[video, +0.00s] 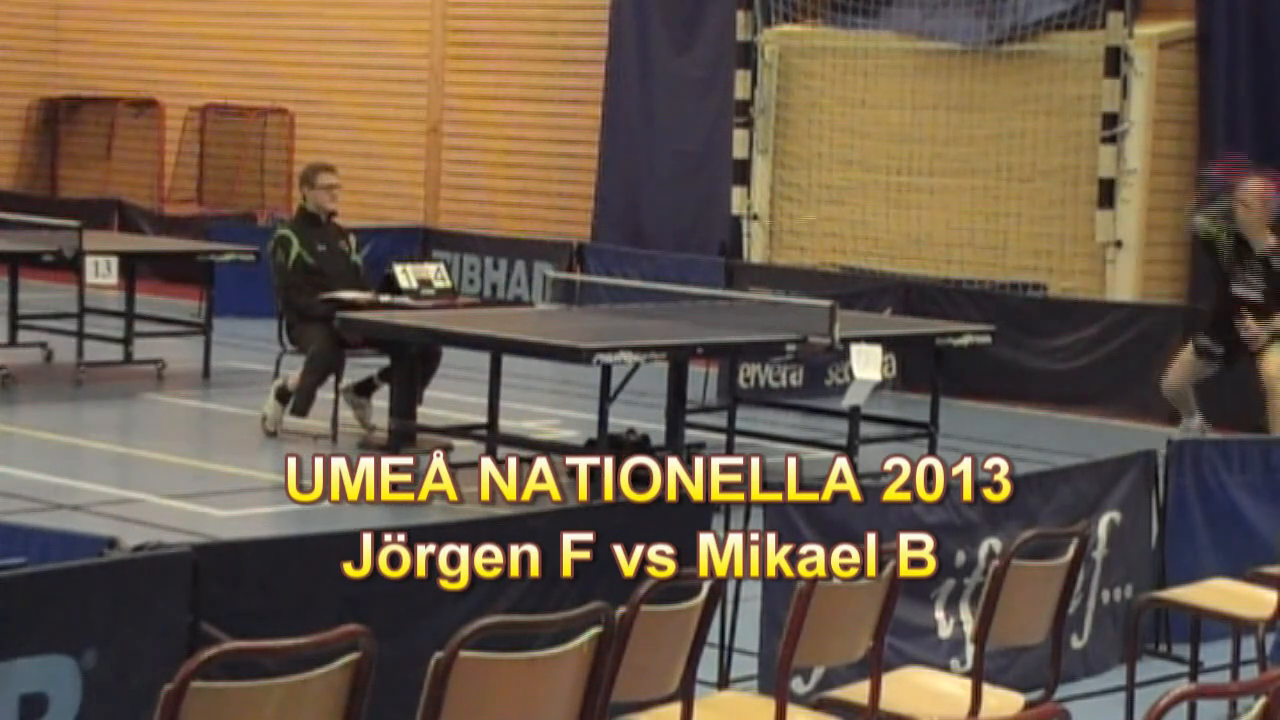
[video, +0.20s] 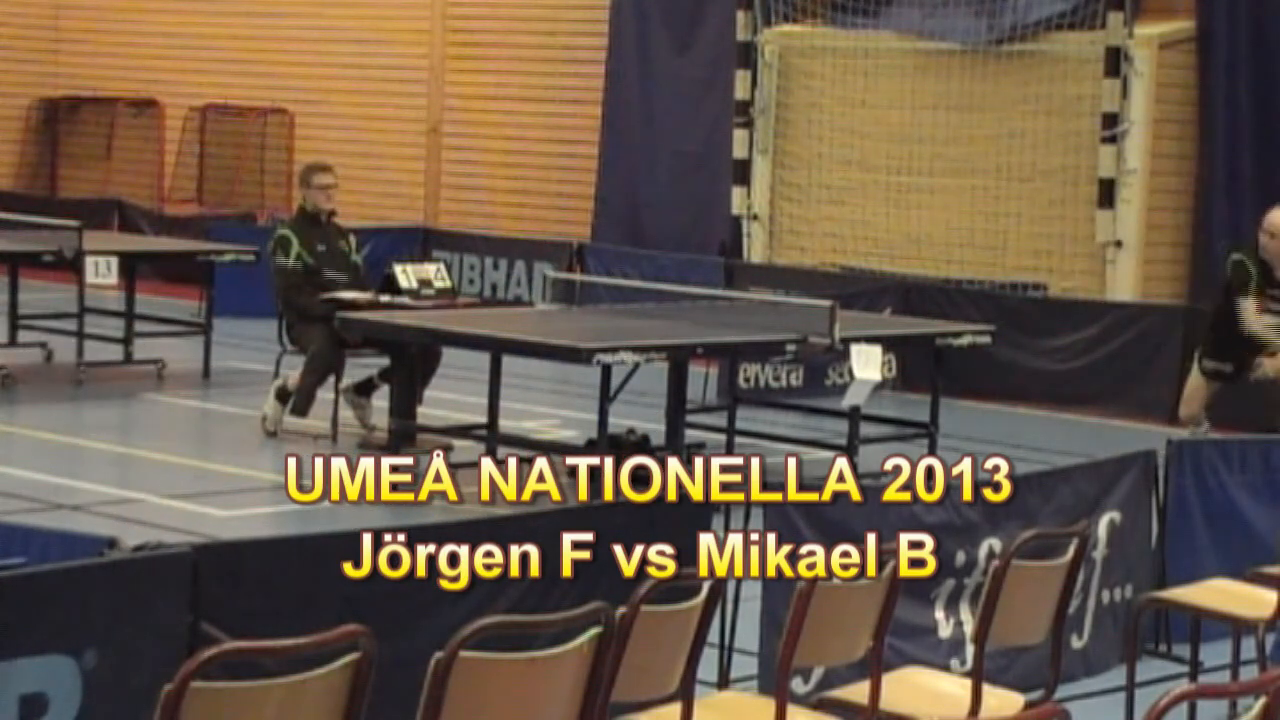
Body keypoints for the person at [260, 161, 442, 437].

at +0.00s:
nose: (335, 194)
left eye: (337, 188)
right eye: (327, 188)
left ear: (340, 191)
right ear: (306, 192)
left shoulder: (343, 235)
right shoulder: (289, 237)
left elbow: (357, 282)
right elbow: (293, 297)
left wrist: (369, 301)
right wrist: (340, 307)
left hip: (352, 318)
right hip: (310, 319)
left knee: (425, 351)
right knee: (328, 353)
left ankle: (362, 391)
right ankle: (284, 392)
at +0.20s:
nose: (330, 193)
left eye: (333, 187)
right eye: (322, 188)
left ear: (337, 190)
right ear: (304, 192)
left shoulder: (344, 236)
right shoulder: (289, 235)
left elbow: (359, 282)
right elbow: (293, 295)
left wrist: (367, 301)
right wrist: (339, 305)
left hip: (352, 318)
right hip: (311, 319)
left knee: (425, 351)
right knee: (328, 353)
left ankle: (362, 390)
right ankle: (284, 393)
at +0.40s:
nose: (313, 192)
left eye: (320, 187)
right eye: (307, 186)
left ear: (330, 191)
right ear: (298, 190)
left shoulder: (343, 235)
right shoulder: (287, 236)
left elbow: (358, 281)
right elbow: (291, 295)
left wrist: (367, 302)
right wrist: (336, 309)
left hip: (351, 318)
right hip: (309, 319)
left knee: (425, 351)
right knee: (328, 353)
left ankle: (362, 391)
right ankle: (285, 392)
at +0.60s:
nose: (311, 193)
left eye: (318, 187)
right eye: (306, 187)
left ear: (330, 191)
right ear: (298, 190)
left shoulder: (343, 235)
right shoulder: (287, 236)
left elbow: (359, 281)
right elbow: (291, 294)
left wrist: (367, 302)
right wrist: (336, 309)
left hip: (351, 318)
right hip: (309, 319)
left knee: (425, 351)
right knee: (328, 353)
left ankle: (362, 391)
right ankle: (285, 392)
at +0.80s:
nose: (312, 193)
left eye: (319, 187)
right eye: (306, 187)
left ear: (330, 191)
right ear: (298, 190)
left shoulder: (343, 235)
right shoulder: (287, 235)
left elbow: (358, 281)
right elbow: (291, 294)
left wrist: (367, 302)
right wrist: (336, 309)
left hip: (351, 318)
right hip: (309, 319)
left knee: (425, 351)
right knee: (328, 353)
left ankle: (362, 391)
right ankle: (285, 392)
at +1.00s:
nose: (319, 195)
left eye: (326, 190)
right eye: (314, 189)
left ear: (335, 193)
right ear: (303, 189)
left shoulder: (343, 235)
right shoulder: (288, 235)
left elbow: (358, 281)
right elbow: (289, 294)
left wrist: (367, 301)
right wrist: (328, 303)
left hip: (351, 319)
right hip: (309, 320)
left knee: (425, 351)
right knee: (327, 354)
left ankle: (362, 391)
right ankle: (284, 392)